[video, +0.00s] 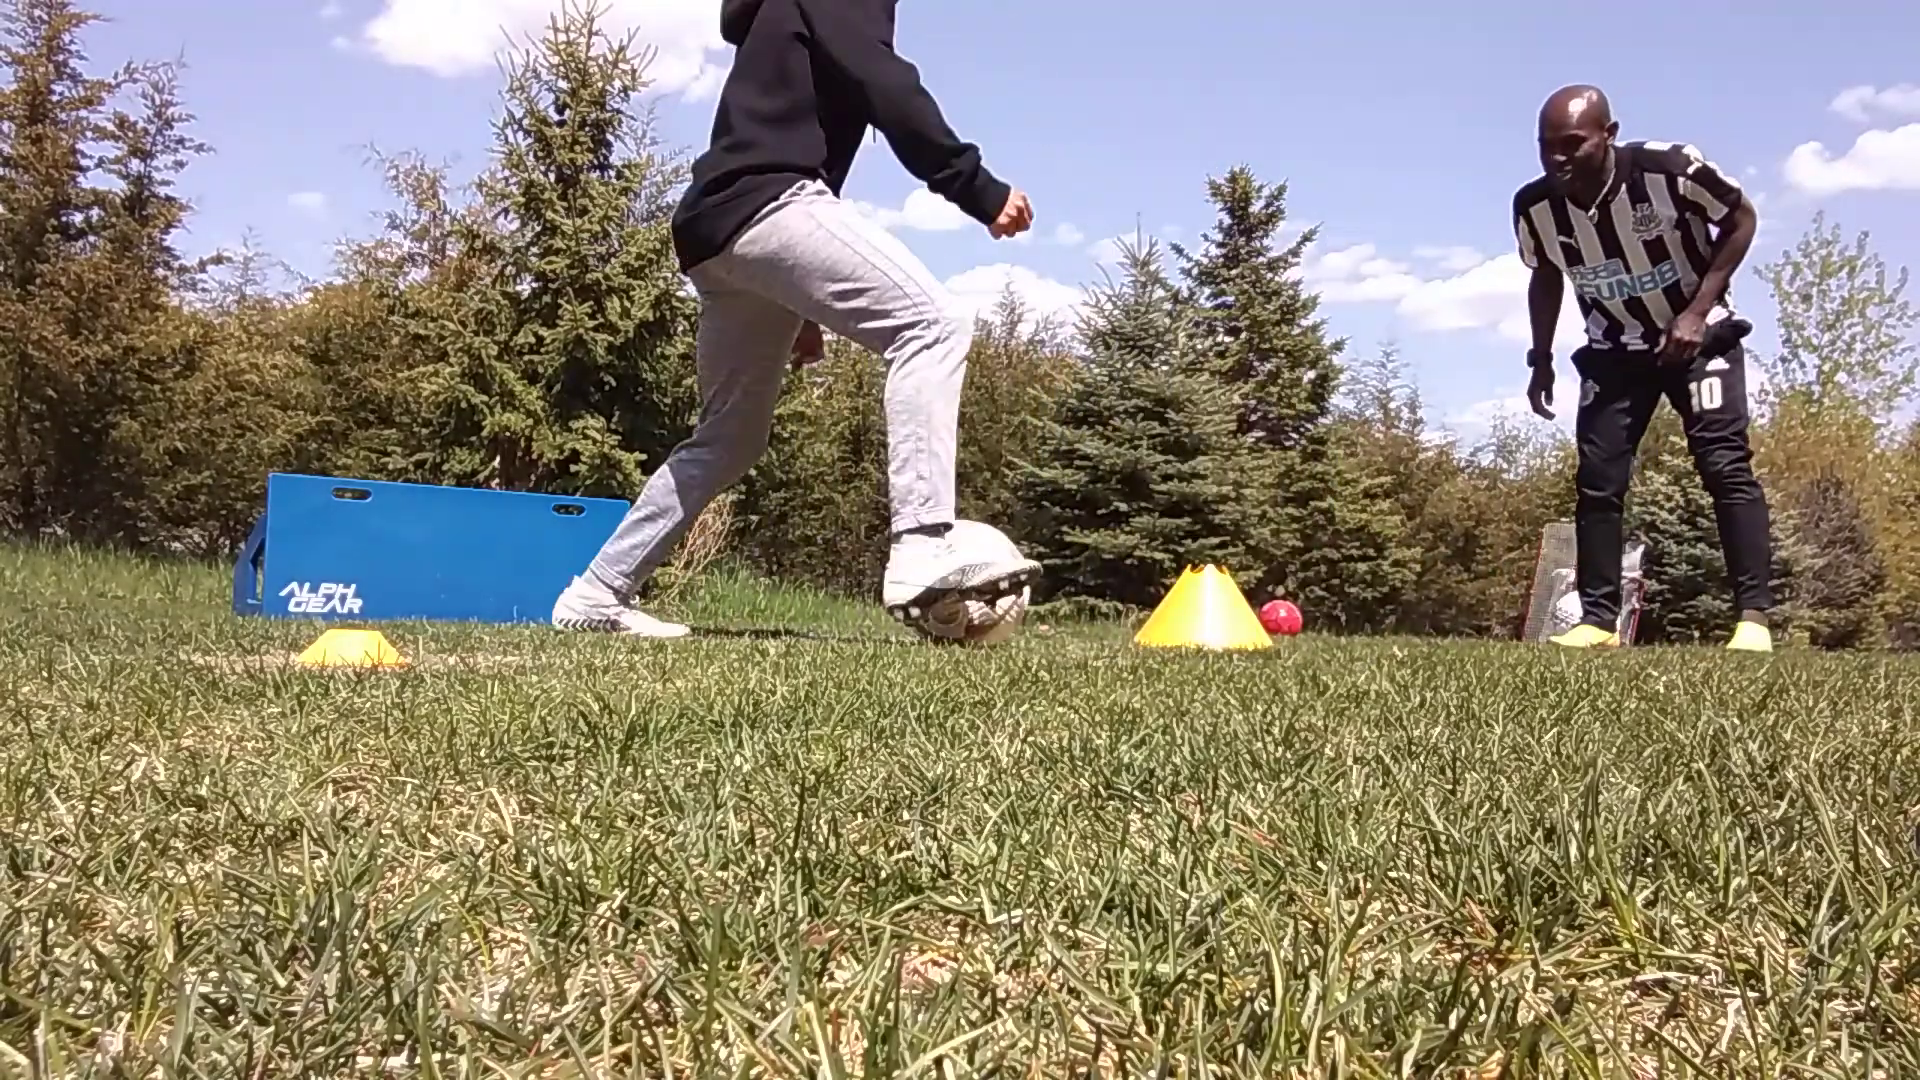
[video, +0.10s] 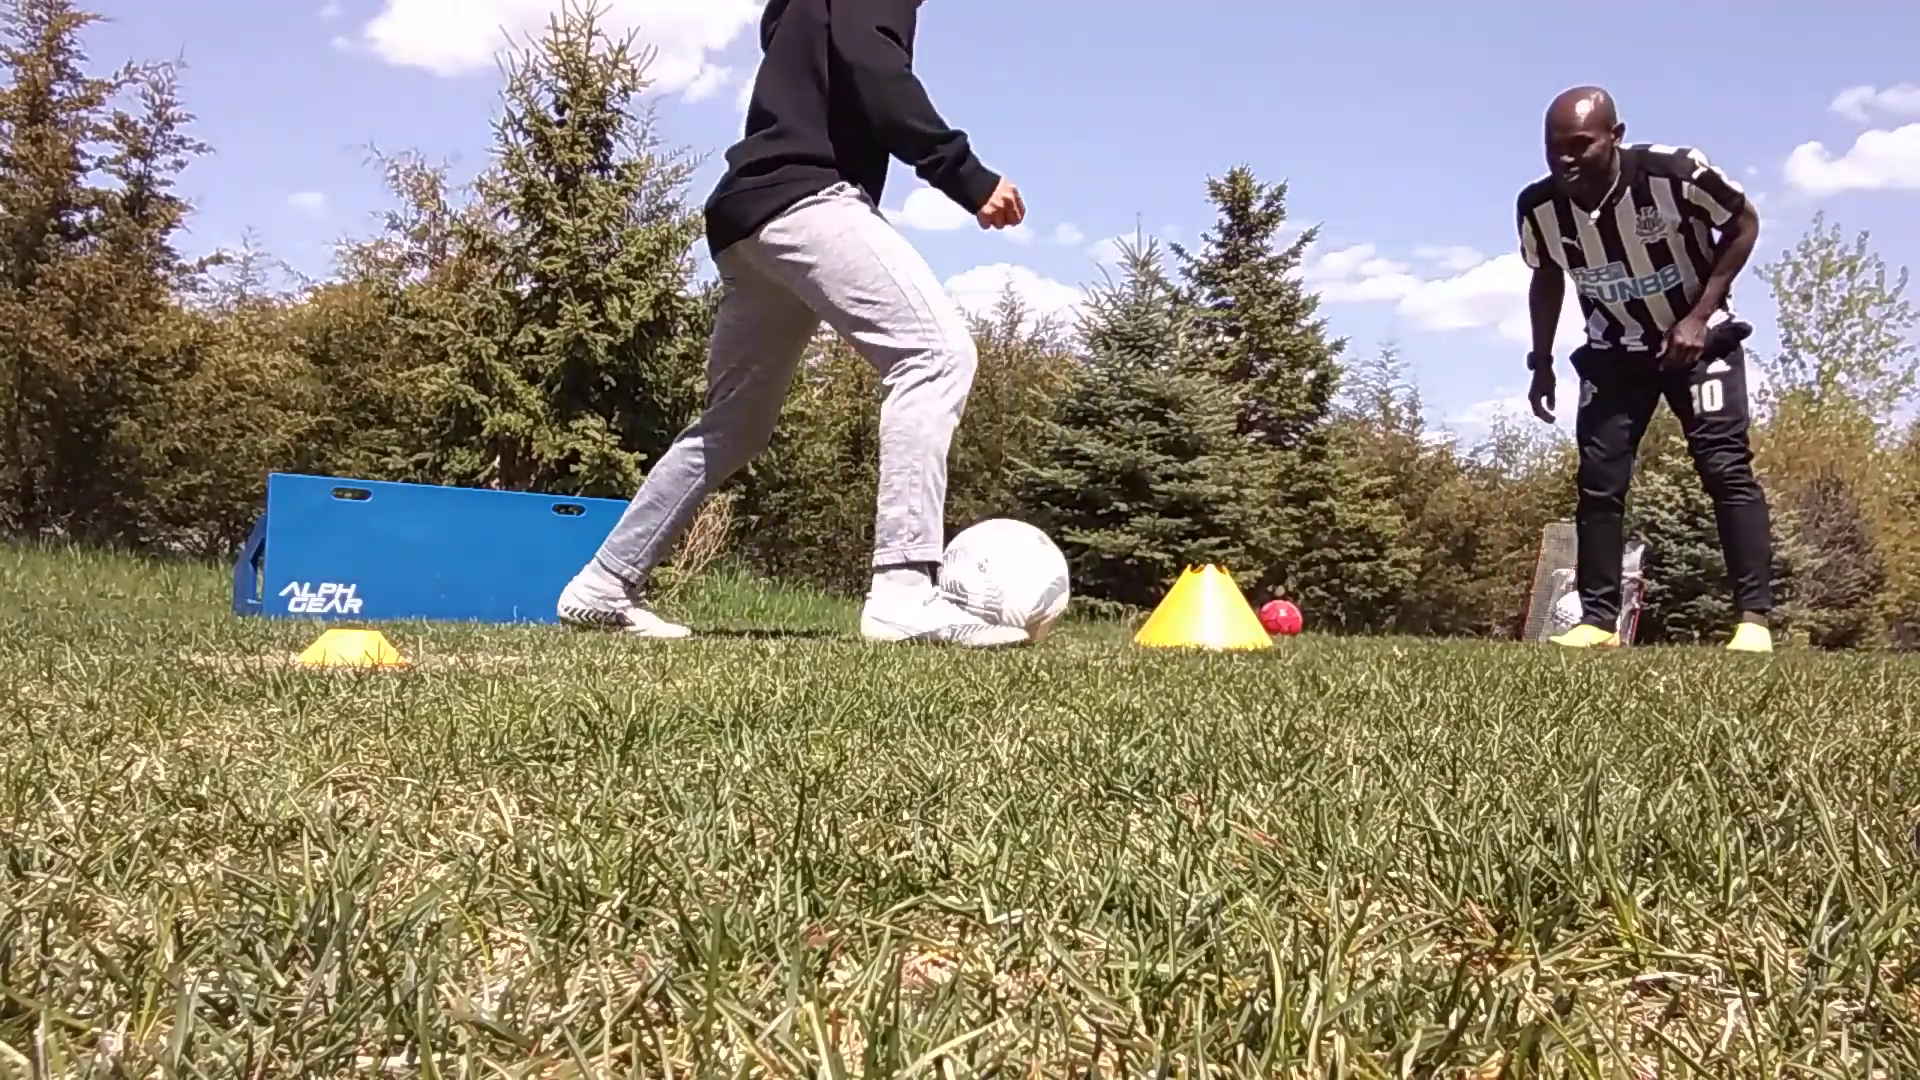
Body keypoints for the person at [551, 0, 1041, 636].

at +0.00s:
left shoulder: (783, 22)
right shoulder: (843, 8)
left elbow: (787, 160)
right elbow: (887, 83)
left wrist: (797, 305)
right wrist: (980, 188)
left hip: (716, 225)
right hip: (767, 200)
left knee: (727, 440)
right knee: (930, 329)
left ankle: (597, 595)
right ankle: (926, 543)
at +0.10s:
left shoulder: (797, 11)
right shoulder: (870, 4)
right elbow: (881, 80)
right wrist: (971, 178)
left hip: (748, 204)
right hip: (799, 193)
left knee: (732, 426)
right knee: (934, 356)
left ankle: (601, 589)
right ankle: (904, 593)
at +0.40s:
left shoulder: (903, 4)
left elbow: (843, 73)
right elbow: (1097, 53)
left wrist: (867, 180)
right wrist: (1183, 143)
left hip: (871, 170)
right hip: (936, 146)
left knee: (962, 397)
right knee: (1072, 317)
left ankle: (916, 600)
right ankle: (991, 534)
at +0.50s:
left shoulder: (962, 16)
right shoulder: (1047, 1)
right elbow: (1107, 63)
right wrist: (1204, 184)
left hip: (935, 193)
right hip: (976, 177)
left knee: (1016, 415)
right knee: (1137, 330)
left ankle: (923, 599)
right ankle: (1121, 574)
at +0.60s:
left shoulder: (991, 17)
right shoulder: (1119, 3)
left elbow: (945, 103)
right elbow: (1169, 38)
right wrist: (1258, 151)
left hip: (968, 183)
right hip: (1044, 162)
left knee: (1015, 401)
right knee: (1216, 339)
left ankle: (922, 598)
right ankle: (1184, 584)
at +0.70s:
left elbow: (982, 57)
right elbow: (1283, 41)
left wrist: (1026, 155)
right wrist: (1333, 126)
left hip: (1026, 141)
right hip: (1130, 130)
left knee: (1031, 384)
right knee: (1250, 356)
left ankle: (941, 590)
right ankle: (1197, 601)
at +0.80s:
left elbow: (1019, 7)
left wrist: (1068, 97)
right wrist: (1359, 66)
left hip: (1069, 79)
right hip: (1189, 62)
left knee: (1128, 337)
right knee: (1262, 331)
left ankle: (1020, 529)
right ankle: (1218, 595)